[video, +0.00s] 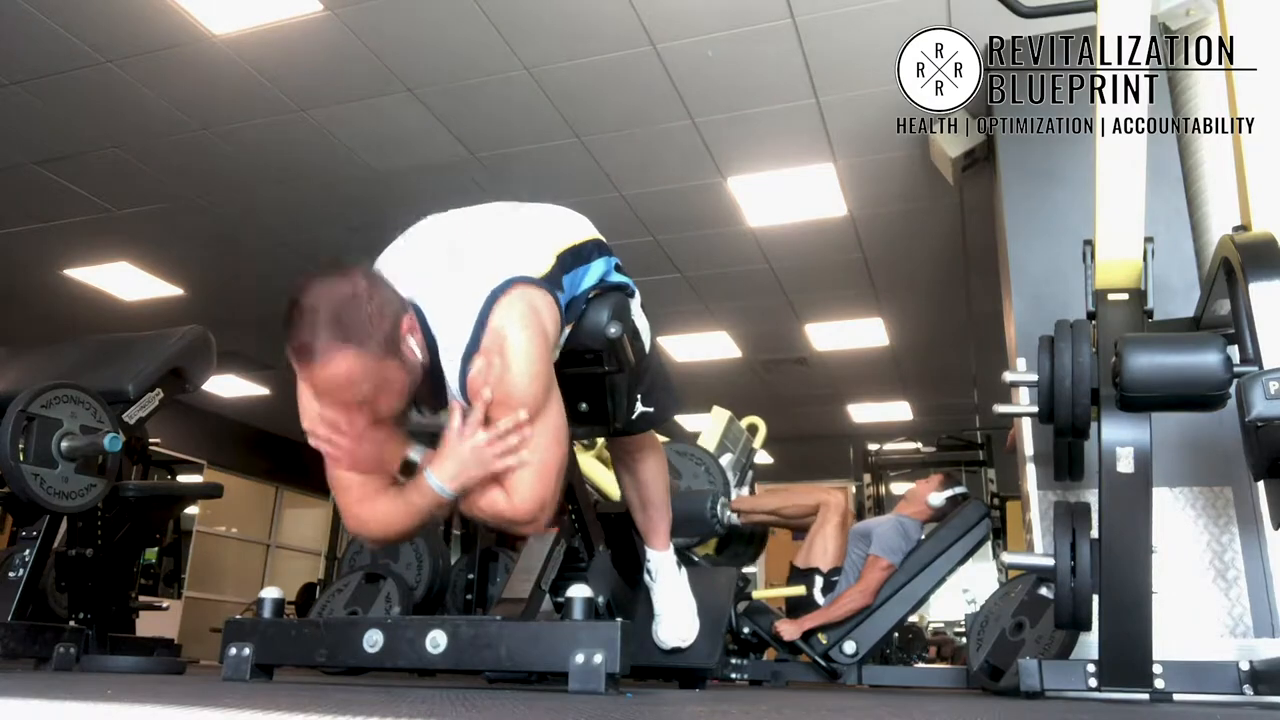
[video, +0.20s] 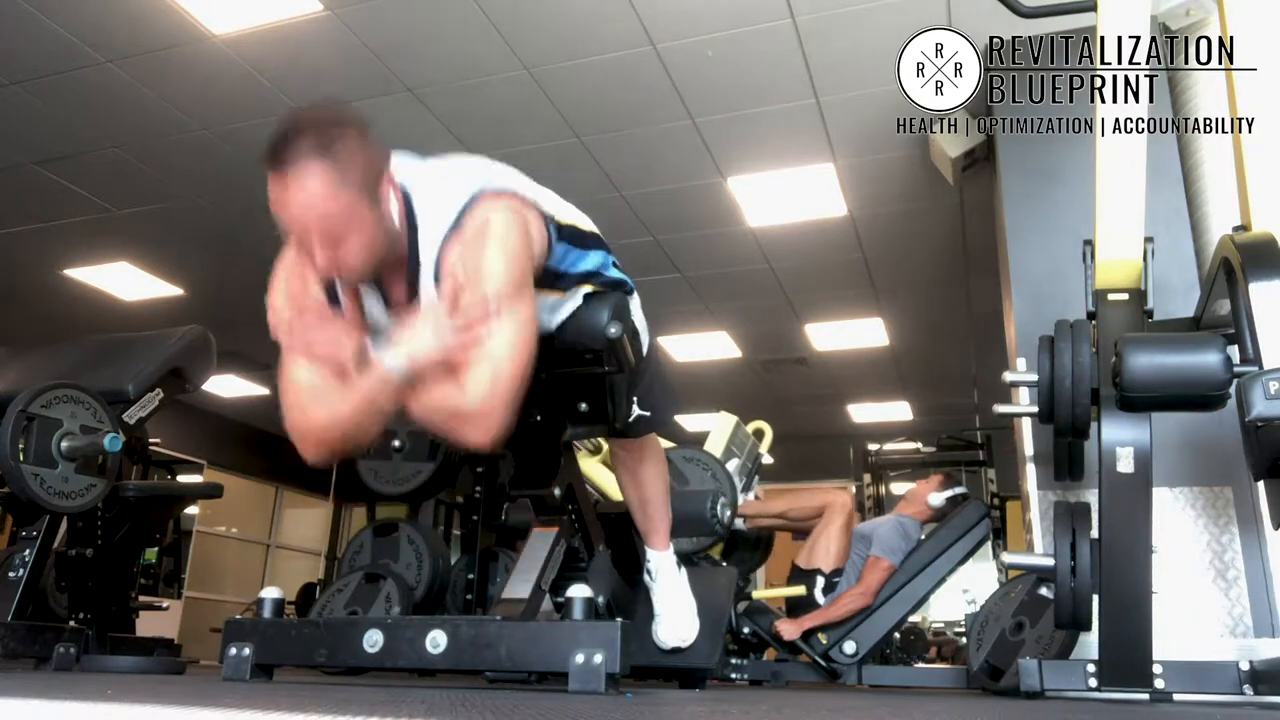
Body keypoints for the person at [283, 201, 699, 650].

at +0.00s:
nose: (349, 426)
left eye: (367, 408)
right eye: (331, 410)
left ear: (412, 343)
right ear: (307, 373)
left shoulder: (507, 331)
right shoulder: (324, 369)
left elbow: (527, 509)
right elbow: (366, 519)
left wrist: (401, 456)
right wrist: (442, 480)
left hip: (575, 264)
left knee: (632, 428)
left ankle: (662, 565)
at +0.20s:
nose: (321, 263)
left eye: (335, 237)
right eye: (301, 241)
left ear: (387, 199)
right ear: (284, 222)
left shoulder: (490, 226)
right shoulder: (300, 269)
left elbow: (481, 420)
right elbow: (314, 438)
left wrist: (363, 363)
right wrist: (401, 360)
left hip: (579, 305)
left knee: (631, 427)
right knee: (524, 463)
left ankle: (662, 565)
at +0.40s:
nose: (325, 54)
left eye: (346, 28)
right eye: (313, 34)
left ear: (405, 22)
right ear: (304, 41)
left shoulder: (487, 94)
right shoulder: (302, 142)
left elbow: (440, 240)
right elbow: (269, 273)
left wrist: (341, 193)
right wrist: (385, 164)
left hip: (575, 295)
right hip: (477, 315)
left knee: (630, 428)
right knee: (513, 440)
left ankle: (662, 566)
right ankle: (548, 534)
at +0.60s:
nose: (435, 5)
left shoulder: (524, 14)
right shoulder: (363, 45)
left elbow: (458, 87)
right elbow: (283, 119)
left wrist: (359, 67)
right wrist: (397, 34)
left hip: (576, 286)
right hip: (478, 303)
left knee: (629, 425)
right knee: (520, 442)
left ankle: (661, 564)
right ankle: (549, 547)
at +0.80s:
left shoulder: (560, 11)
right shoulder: (410, 45)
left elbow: (470, 21)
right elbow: (329, 44)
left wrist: (383, 17)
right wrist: (418, 5)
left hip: (575, 258)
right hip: (473, 274)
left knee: (627, 420)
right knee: (508, 431)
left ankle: (660, 561)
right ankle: (542, 554)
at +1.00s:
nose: (472, 6)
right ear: (444, 2)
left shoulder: (571, 15)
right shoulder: (414, 43)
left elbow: (529, 7)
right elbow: (346, 9)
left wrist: (419, 3)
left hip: (583, 276)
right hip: (477, 291)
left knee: (630, 423)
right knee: (511, 440)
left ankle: (659, 562)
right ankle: (541, 549)